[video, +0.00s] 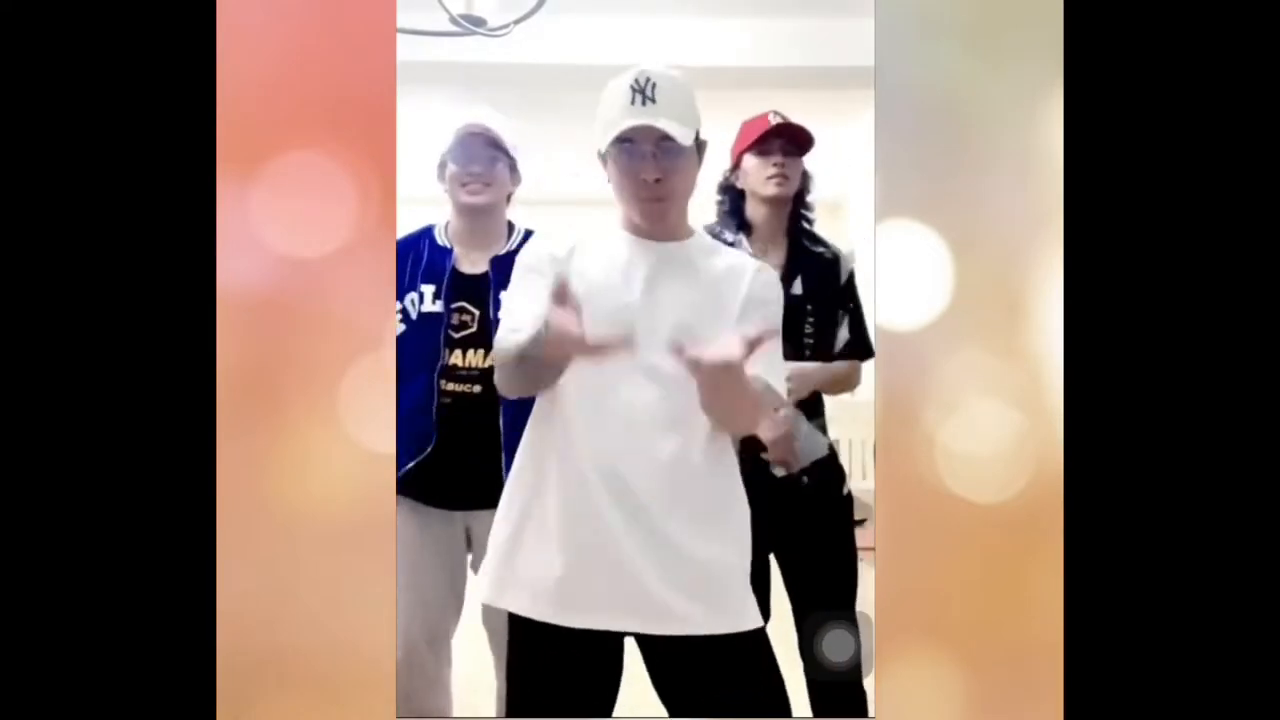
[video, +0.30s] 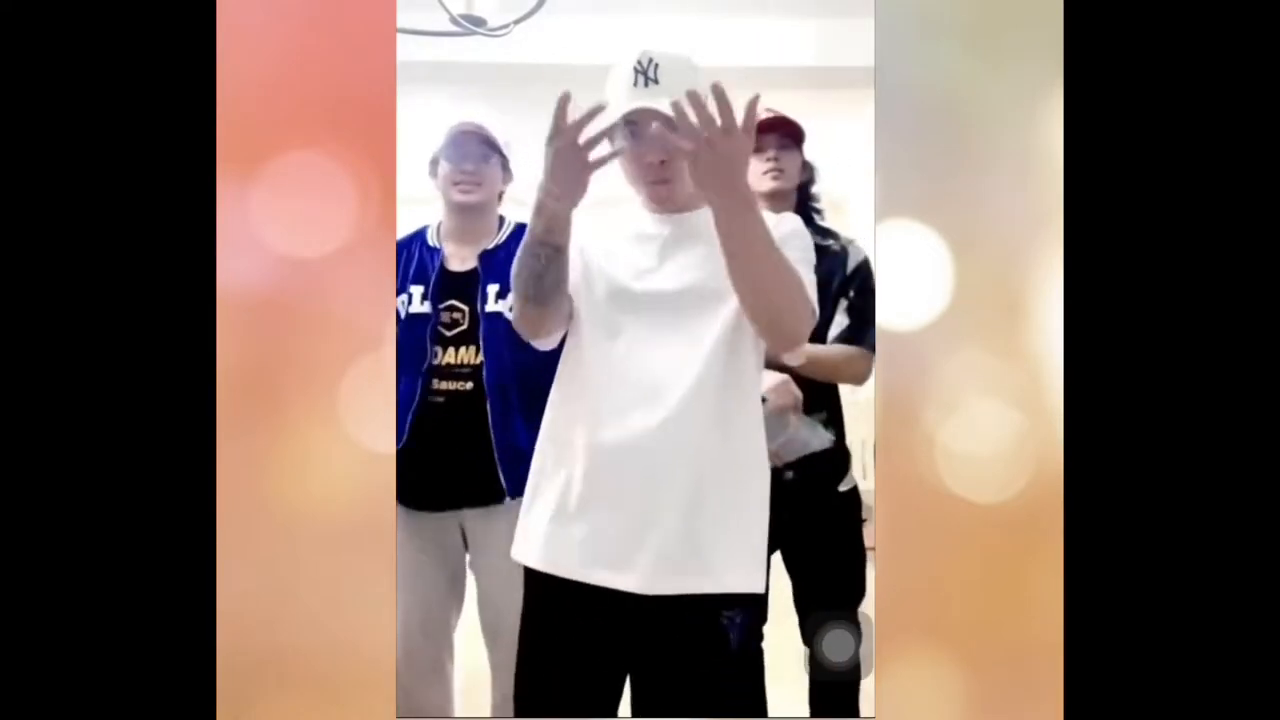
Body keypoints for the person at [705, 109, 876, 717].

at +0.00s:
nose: (781, 164)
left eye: (791, 155)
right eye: (766, 153)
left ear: (802, 172)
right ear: (737, 170)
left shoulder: (826, 262)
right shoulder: (704, 255)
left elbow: (850, 370)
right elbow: (687, 354)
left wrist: (811, 374)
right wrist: (753, 400)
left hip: (809, 466)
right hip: (725, 466)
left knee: (831, 644)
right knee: (733, 633)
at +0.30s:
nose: (771, 159)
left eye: (783, 149)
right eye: (759, 151)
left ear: (804, 164)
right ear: (740, 168)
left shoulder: (840, 255)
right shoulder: (717, 254)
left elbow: (858, 362)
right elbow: (694, 351)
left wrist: (780, 349)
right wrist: (756, 384)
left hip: (814, 471)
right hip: (728, 471)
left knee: (835, 642)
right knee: (731, 640)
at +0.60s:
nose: (782, 159)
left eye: (794, 150)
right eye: (768, 153)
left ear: (817, 166)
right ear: (749, 173)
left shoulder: (856, 250)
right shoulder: (728, 254)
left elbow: (878, 353)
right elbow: (708, 344)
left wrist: (798, 353)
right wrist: (759, 359)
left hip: (830, 470)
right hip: (743, 468)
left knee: (833, 639)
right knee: (754, 636)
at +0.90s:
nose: (796, 160)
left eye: (808, 149)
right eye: (783, 149)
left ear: (830, 160)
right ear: (758, 166)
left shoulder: (864, 245)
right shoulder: (741, 245)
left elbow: (897, 344)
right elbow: (744, 351)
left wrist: (798, 341)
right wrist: (844, 359)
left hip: (848, 473)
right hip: (761, 469)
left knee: (846, 635)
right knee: (763, 628)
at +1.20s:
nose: (799, 162)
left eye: (811, 152)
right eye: (782, 152)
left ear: (824, 169)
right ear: (755, 171)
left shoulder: (857, 259)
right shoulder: (726, 256)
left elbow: (901, 357)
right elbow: (728, 370)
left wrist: (830, 347)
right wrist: (841, 380)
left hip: (849, 480)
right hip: (764, 481)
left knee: (853, 646)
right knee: (775, 638)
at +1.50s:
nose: (794, 154)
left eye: (806, 145)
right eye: (778, 145)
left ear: (821, 164)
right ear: (751, 164)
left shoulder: (856, 258)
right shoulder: (717, 251)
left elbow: (913, 355)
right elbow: (691, 346)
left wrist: (868, 357)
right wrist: (762, 385)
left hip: (835, 478)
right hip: (745, 476)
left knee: (845, 650)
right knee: (749, 643)